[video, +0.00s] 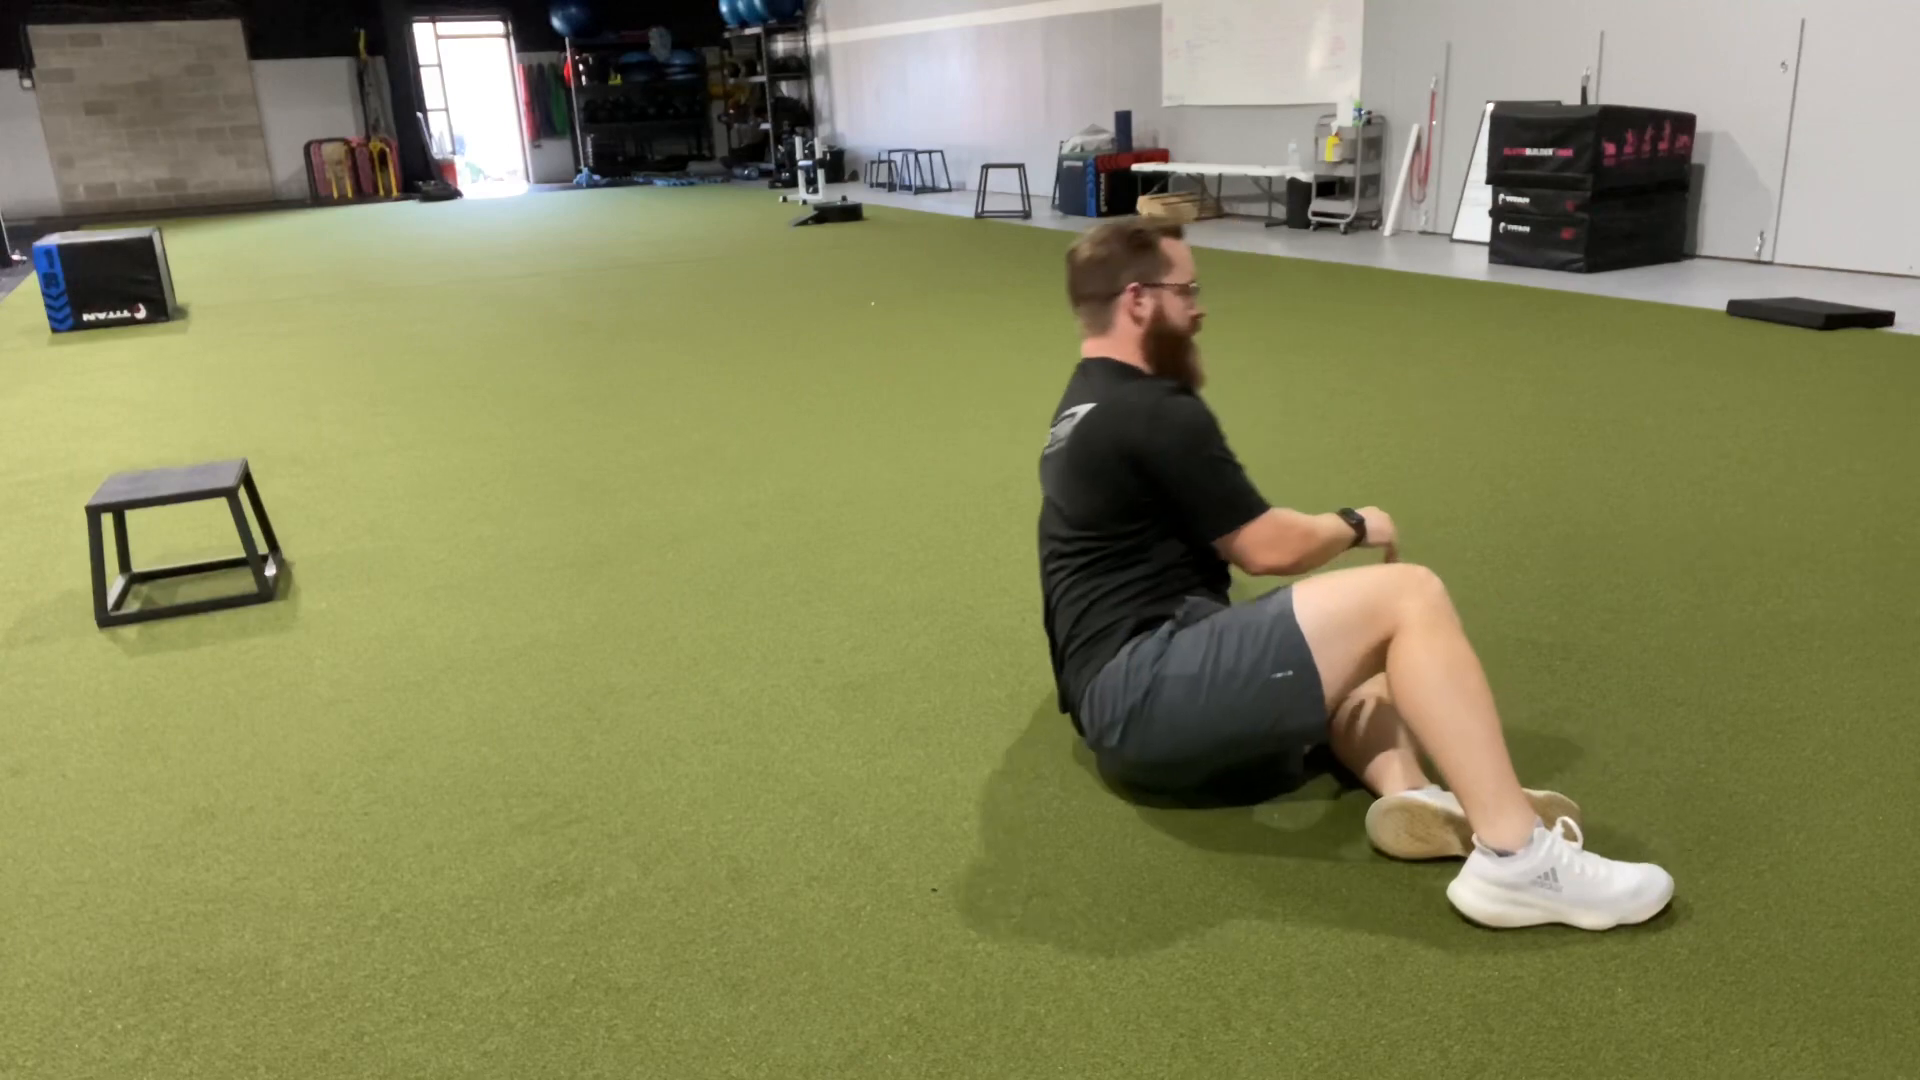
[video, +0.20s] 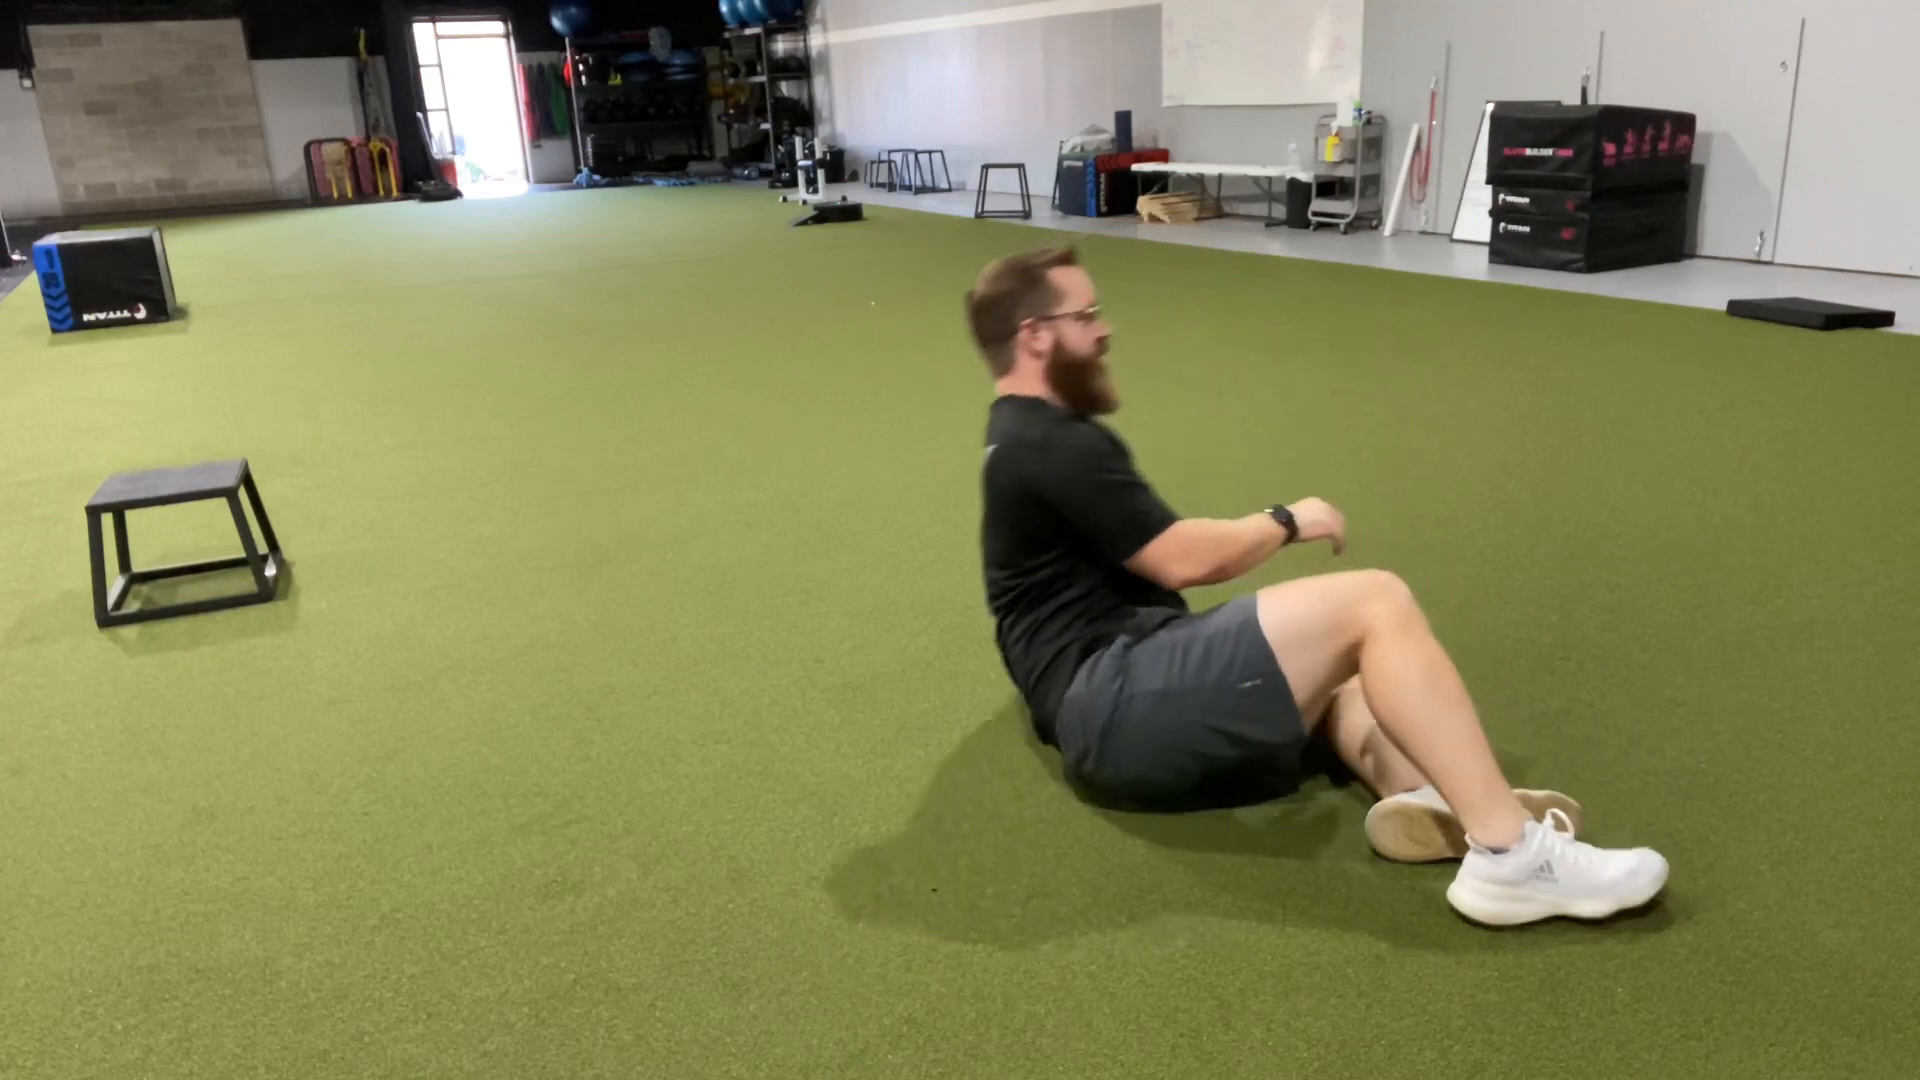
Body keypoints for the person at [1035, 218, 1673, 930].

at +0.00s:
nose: (1200, 309)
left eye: (1196, 292)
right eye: (1186, 293)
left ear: (1124, 307)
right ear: (1136, 304)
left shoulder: (1089, 404)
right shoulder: (1152, 411)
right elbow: (1269, 547)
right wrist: (1352, 525)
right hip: (1151, 689)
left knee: (1359, 677)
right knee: (1406, 595)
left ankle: (1409, 794)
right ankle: (1520, 850)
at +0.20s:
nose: (1104, 330)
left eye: (1097, 314)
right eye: (1087, 316)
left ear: (1031, 339)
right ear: (1030, 337)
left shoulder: (1037, 435)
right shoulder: (1048, 442)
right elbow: (1183, 557)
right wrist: (1288, 521)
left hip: (1129, 714)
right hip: (1118, 692)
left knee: (1341, 683)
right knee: (1375, 604)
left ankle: (1420, 792)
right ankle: (1508, 848)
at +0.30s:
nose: (1043, 355)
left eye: (1035, 340)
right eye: (1022, 345)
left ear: (973, 370)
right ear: (969, 370)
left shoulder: (998, 459)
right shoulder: (992, 469)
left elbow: (1099, 574)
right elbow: (1132, 567)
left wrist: (1188, 548)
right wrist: (1244, 520)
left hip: (1114, 712)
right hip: (1092, 702)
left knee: (1334, 678)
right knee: (1352, 599)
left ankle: (1418, 791)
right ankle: (1495, 839)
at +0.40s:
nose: (981, 384)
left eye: (973, 369)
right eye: (959, 376)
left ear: (926, 400)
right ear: (905, 409)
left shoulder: (962, 482)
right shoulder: (930, 500)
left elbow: (1067, 578)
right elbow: (1082, 576)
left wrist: (1143, 546)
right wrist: (1193, 513)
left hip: (1107, 703)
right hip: (1075, 712)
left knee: (1319, 620)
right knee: (1322, 587)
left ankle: (1404, 781)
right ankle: (1466, 824)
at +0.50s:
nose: (930, 409)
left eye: (920, 395)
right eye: (906, 402)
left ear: (877, 430)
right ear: (856, 441)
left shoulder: (932, 500)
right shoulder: (888, 529)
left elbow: (1032, 588)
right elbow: (1036, 581)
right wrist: (1142, 505)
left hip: (1089, 700)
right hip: (1060, 721)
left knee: (1290, 596)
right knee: (1287, 568)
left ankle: (1409, 762)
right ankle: (1434, 801)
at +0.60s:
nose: (863, 445)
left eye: (857, 432)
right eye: (838, 443)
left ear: (866, 450)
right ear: (798, 490)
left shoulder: (915, 535)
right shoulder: (836, 564)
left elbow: (1045, 599)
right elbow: (976, 588)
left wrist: (1172, 614)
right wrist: (1068, 495)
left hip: (1088, 714)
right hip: (1039, 726)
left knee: (1259, 560)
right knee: (1228, 531)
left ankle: (1396, 717)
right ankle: (1382, 754)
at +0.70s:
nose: (813, 482)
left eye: (803, 472)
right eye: (785, 483)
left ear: (818, 497)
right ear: (751, 534)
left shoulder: (884, 563)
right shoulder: (793, 600)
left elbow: (1009, 621)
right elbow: (916, 595)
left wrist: (1165, 618)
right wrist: (992, 488)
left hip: (1090, 730)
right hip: (1022, 733)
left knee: (1207, 506)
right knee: (1149, 492)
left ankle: (1351, 658)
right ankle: (1334, 687)